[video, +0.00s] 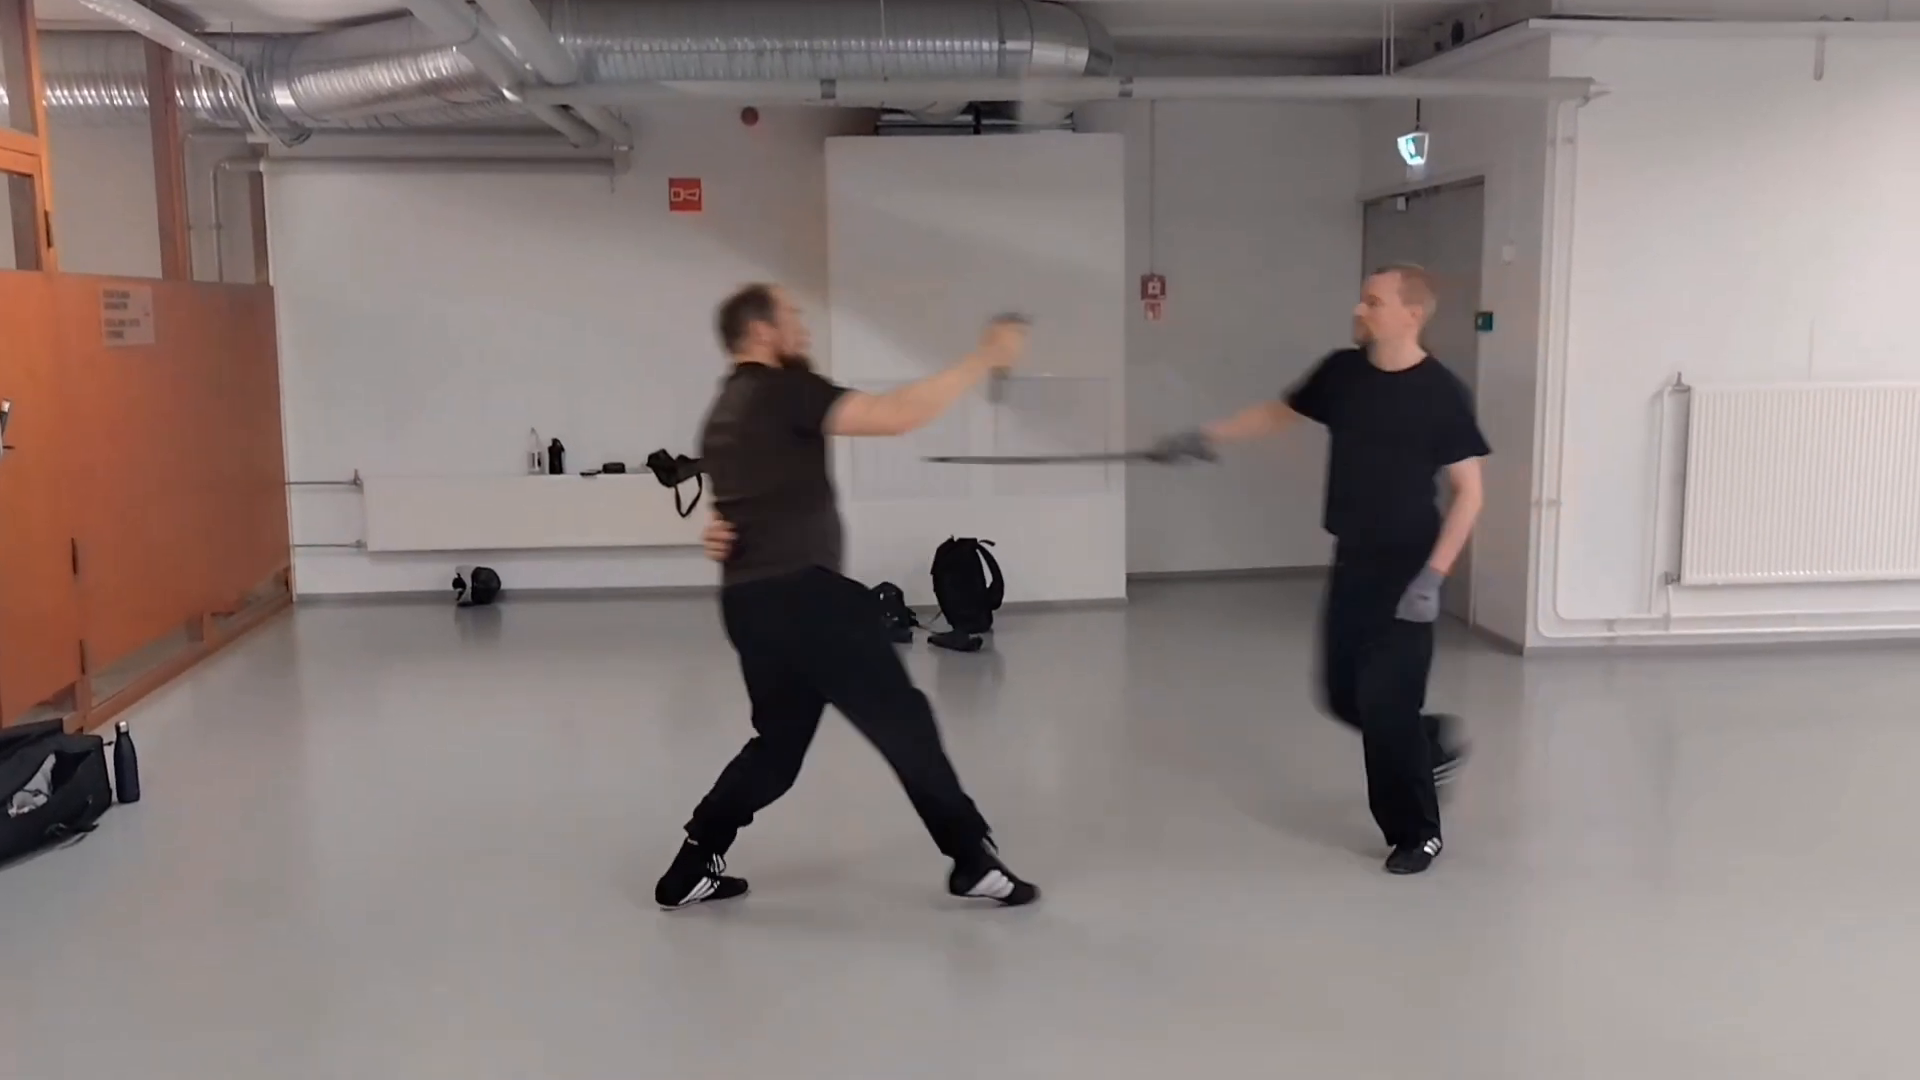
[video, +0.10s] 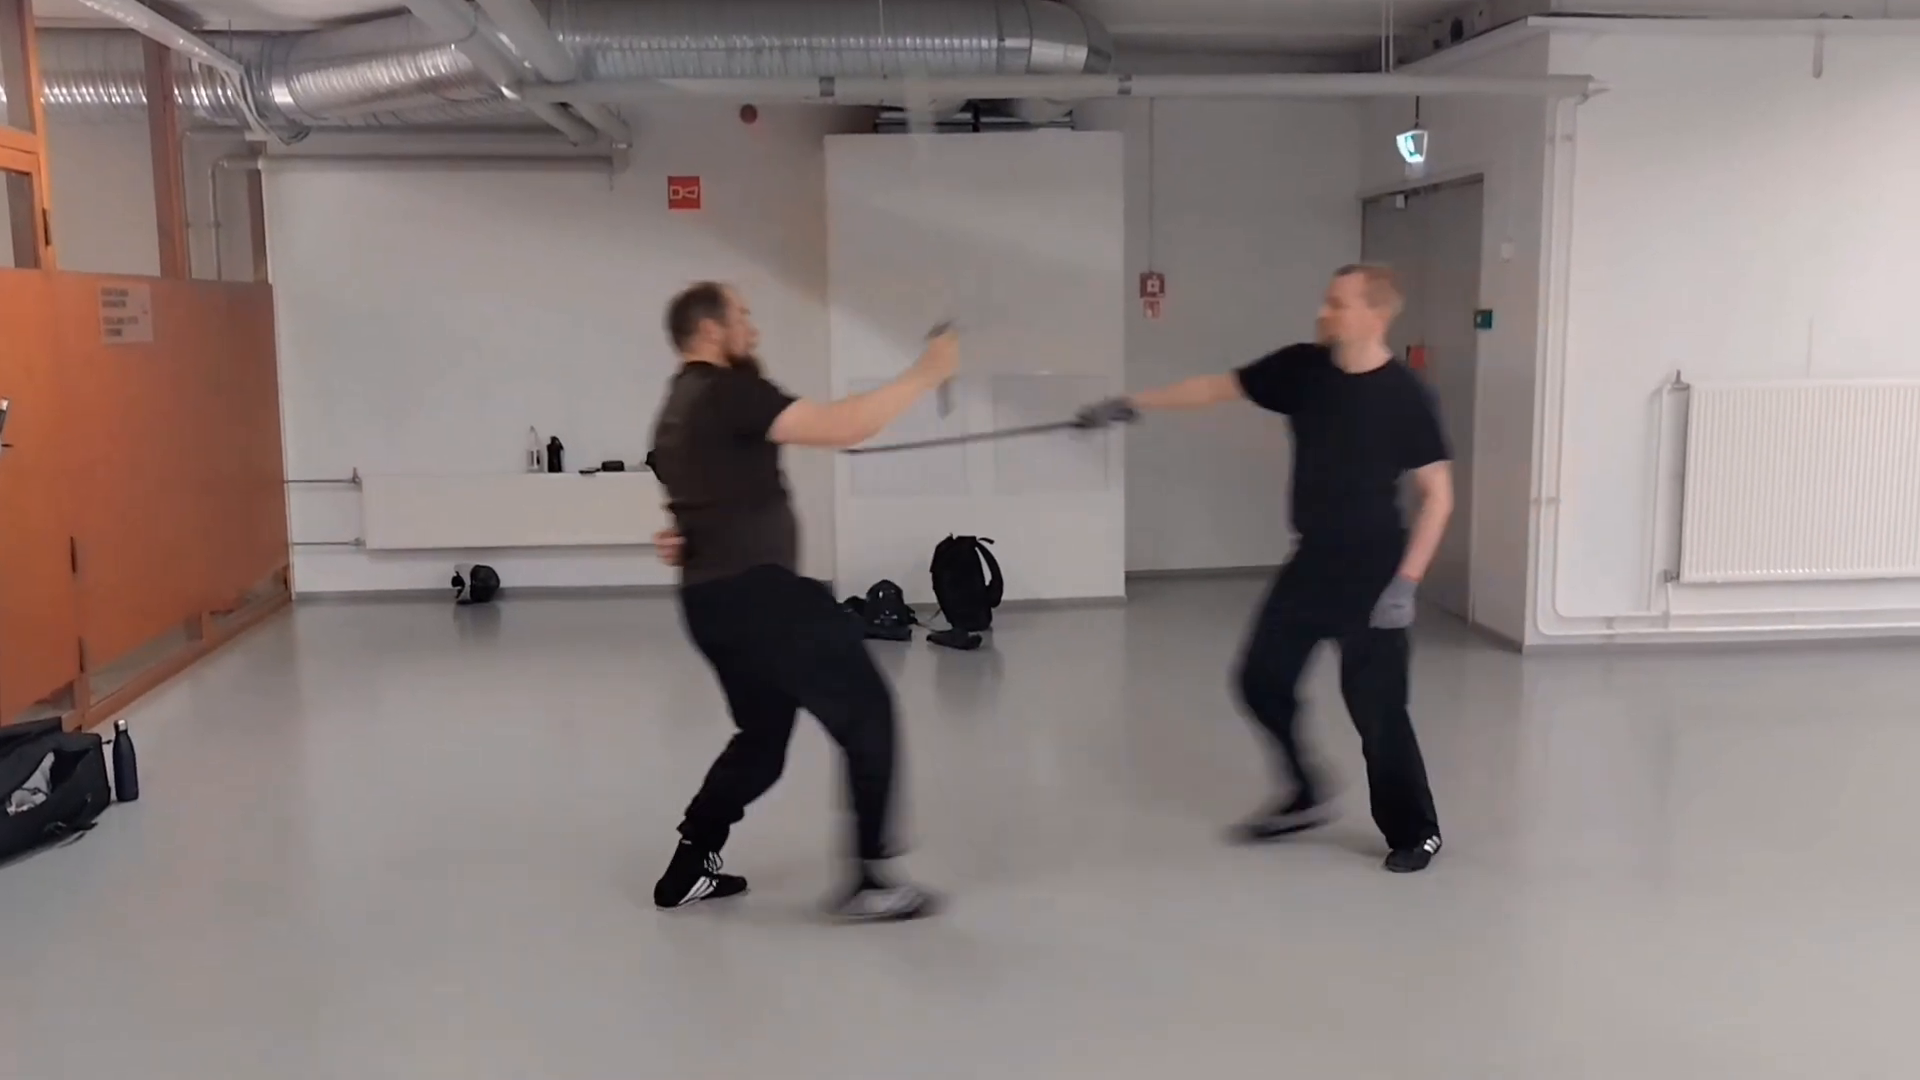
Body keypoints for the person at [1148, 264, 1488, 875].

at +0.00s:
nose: (1358, 311)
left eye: (1373, 303)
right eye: (1361, 301)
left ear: (1413, 316)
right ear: (1377, 313)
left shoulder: (1441, 391)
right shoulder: (1344, 371)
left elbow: (1469, 493)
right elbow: (1276, 415)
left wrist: (1432, 574)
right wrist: (1204, 437)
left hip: (1411, 565)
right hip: (1354, 558)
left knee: (1388, 702)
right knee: (1343, 694)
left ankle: (1416, 834)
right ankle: (1430, 739)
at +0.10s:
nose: (1323, 313)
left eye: (1337, 305)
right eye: (1326, 302)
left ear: (1377, 316)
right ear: (1340, 311)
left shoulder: (1404, 394)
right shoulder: (1304, 368)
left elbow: (1438, 494)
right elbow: (1216, 388)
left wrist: (1406, 582)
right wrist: (1131, 404)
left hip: (1376, 567)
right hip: (1314, 560)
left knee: (1376, 706)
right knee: (1262, 681)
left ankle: (1415, 833)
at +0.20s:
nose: (1280, 319)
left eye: (1294, 310)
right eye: (1282, 308)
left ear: (1334, 321)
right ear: (1297, 316)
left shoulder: (1361, 400)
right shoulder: (1255, 369)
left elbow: (1394, 501)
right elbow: (1165, 380)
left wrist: (1370, 588)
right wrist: (1074, 387)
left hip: (1324, 580)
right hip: (1257, 572)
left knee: (1362, 707)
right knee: (1197, 683)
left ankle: (1412, 826)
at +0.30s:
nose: (1234, 336)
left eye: (1247, 328)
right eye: (1236, 325)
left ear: (1285, 338)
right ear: (1248, 332)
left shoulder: (1310, 420)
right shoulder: (1205, 381)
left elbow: (1347, 514)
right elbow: (1116, 394)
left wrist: (1327, 603)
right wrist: (1028, 407)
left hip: (1262, 597)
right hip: (1190, 590)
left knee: (1323, 709)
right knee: (1127, 696)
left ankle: (1391, 818)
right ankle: (1060, 829)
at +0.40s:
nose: (1169, 356)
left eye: (1183, 348)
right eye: (1171, 345)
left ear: (1222, 362)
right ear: (1180, 351)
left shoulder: (1242, 442)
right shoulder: (1141, 401)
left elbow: (1272, 533)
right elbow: (1061, 433)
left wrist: (1257, 618)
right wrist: (978, 466)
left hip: (1190, 613)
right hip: (1117, 604)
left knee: (1238, 727)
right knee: (1045, 701)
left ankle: (1330, 818)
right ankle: (1039, 840)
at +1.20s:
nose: (1216, 320)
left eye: (1230, 312)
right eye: (1218, 308)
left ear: (1268, 325)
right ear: (1223, 314)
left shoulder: (1286, 404)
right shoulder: (1187, 368)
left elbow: (1313, 502)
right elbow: (1136, 435)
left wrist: (1292, 586)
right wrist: (1071, 492)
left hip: (1229, 575)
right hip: (1157, 569)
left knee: (1256, 706)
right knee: (1094, 690)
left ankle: (1312, 822)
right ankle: (1046, 824)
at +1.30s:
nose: (1248, 304)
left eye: (1263, 297)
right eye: (1251, 293)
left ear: (1302, 311)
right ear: (1264, 301)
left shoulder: (1323, 390)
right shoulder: (1224, 354)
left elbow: (1350, 489)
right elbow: (1182, 430)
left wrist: (1327, 571)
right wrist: (1126, 487)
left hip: (1273, 563)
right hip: (1200, 555)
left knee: (1287, 697)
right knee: (1145, 679)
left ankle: (1316, 825)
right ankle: (1086, 809)